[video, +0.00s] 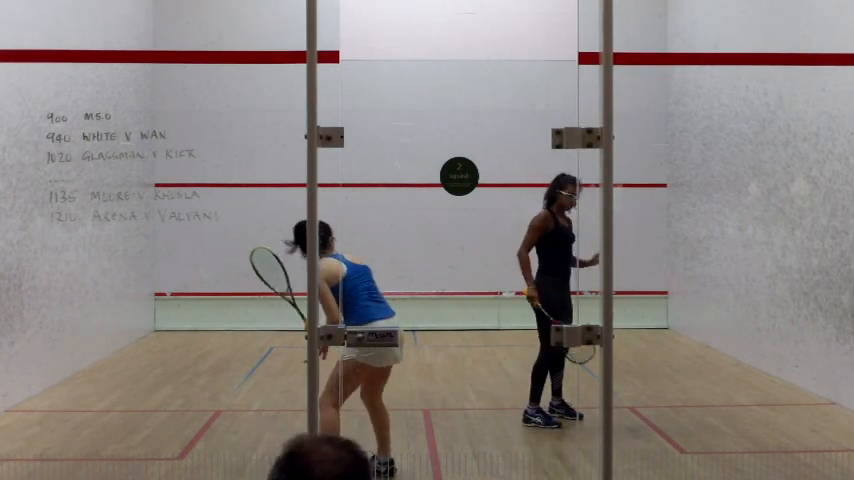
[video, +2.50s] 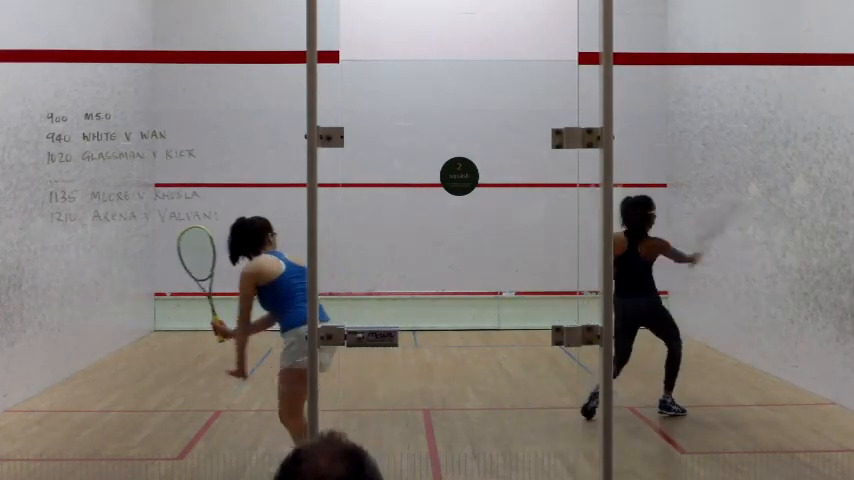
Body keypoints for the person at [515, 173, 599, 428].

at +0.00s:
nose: (573, 200)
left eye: (575, 196)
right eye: (570, 195)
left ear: (572, 197)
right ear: (557, 194)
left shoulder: (566, 221)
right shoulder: (543, 219)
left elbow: (563, 258)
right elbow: (522, 252)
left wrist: (587, 262)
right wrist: (530, 284)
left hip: (562, 291)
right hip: (546, 291)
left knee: (560, 347)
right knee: (548, 349)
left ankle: (557, 402)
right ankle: (532, 409)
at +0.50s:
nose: (563, 201)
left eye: (565, 196)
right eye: (560, 196)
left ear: (562, 198)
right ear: (545, 194)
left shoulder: (558, 222)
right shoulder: (530, 222)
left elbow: (557, 259)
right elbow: (513, 257)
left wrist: (578, 280)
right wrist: (537, 280)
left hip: (553, 293)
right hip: (533, 295)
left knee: (574, 341)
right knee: (542, 349)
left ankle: (562, 397)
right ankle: (532, 409)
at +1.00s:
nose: (572, 206)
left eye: (574, 202)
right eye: (570, 201)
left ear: (559, 200)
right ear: (557, 198)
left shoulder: (549, 222)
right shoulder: (540, 221)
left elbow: (551, 260)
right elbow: (532, 256)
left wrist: (577, 271)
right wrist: (547, 290)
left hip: (547, 294)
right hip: (536, 295)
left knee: (570, 342)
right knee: (542, 349)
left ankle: (560, 402)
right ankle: (532, 410)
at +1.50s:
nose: (580, 202)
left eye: (580, 198)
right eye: (578, 197)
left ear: (566, 198)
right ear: (566, 197)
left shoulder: (560, 222)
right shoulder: (551, 222)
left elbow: (557, 260)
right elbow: (544, 259)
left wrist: (580, 272)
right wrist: (576, 273)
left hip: (554, 294)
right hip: (547, 295)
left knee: (577, 343)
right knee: (550, 349)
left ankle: (558, 400)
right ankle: (532, 409)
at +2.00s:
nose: (599, 213)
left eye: (599, 208)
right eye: (595, 208)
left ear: (589, 210)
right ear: (586, 209)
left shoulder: (589, 232)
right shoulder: (583, 232)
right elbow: (607, 259)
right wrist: (635, 240)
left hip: (583, 302)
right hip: (590, 302)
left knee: (591, 358)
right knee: (632, 341)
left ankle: (557, 403)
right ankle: (644, 400)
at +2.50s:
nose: (653, 219)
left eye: (652, 215)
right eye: (651, 216)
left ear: (626, 218)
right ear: (645, 219)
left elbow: (605, 267)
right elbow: (677, 257)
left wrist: (616, 275)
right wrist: (692, 259)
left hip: (624, 308)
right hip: (649, 307)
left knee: (620, 356)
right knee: (674, 344)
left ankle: (596, 394)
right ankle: (667, 399)